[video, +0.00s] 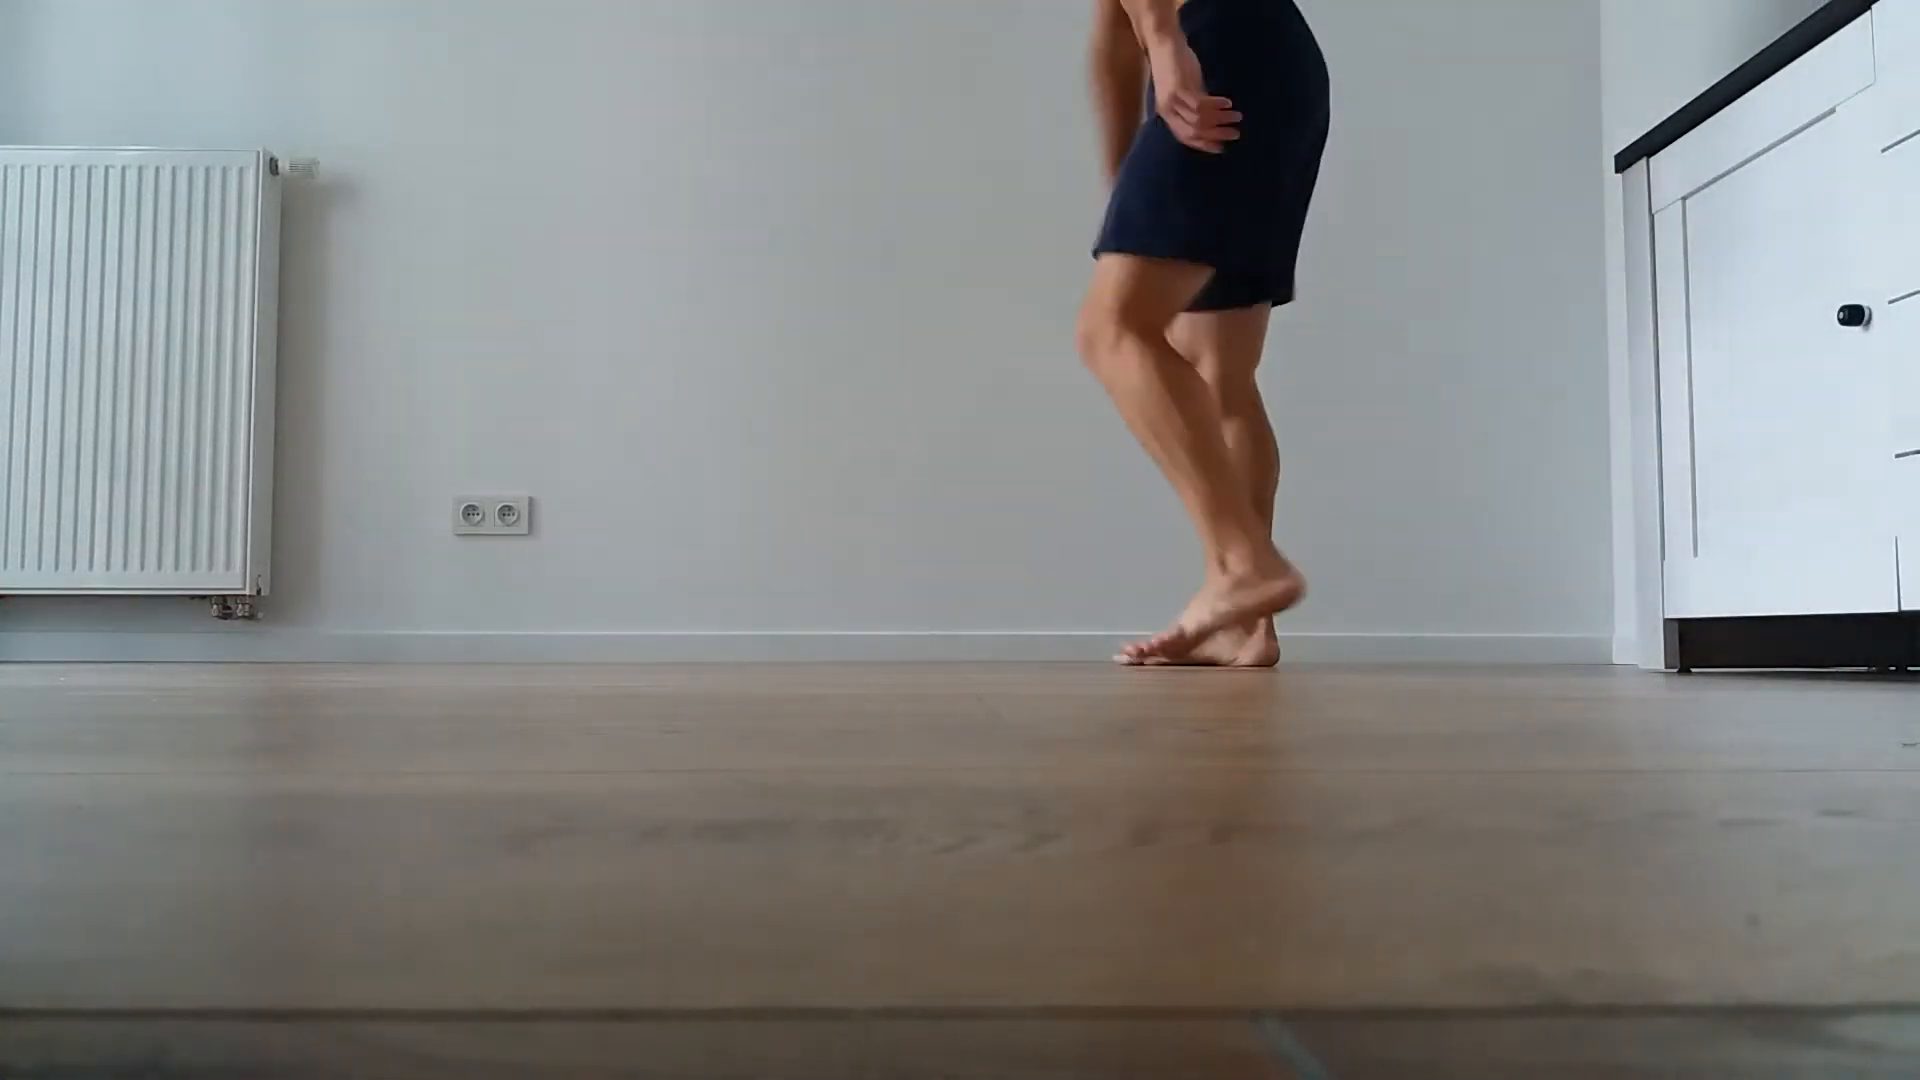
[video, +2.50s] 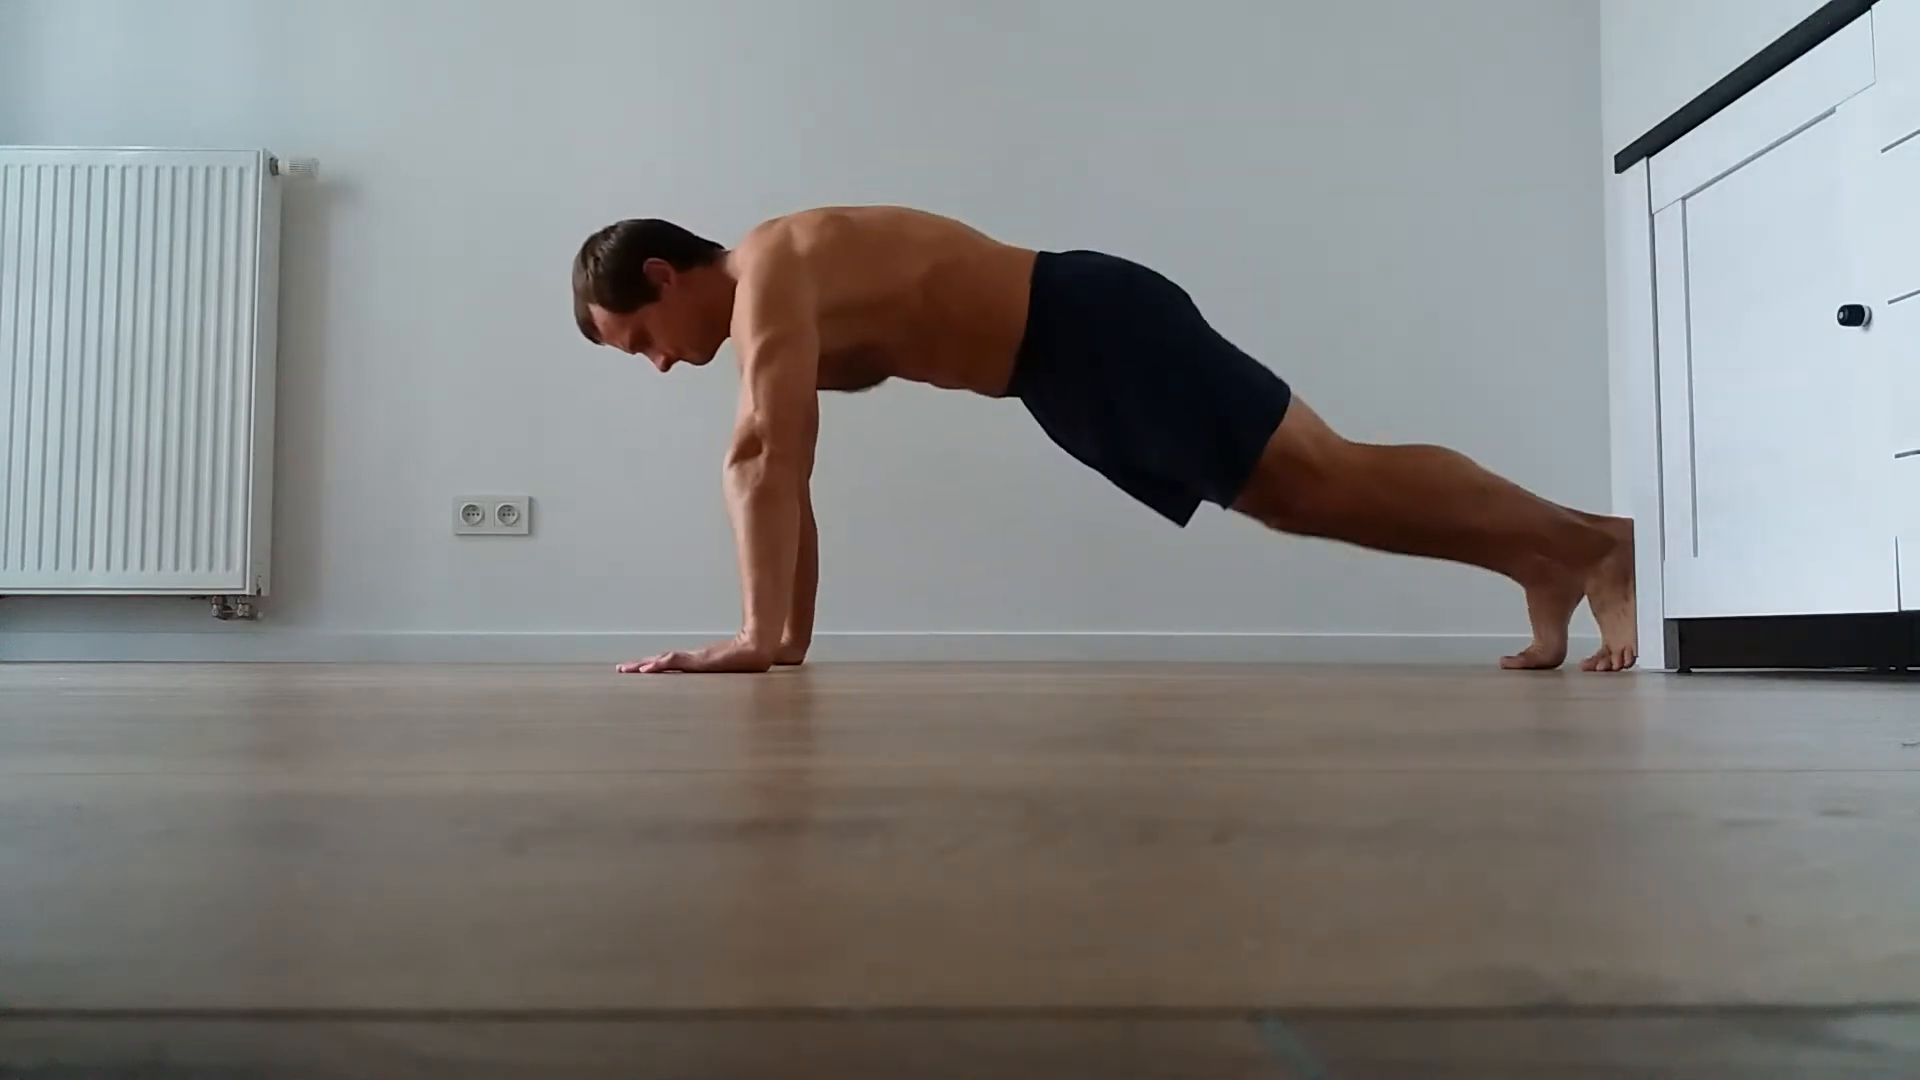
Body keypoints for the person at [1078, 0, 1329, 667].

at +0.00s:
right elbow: (1112, 37)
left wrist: (1163, 36)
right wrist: (1124, 178)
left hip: (1223, 52)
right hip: (1275, 61)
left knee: (1111, 331)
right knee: (1216, 365)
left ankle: (1244, 560)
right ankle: (1240, 624)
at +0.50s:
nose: (809, 10)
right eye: (803, 6)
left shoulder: (931, 5)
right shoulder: (942, 23)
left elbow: (913, 128)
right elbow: (927, 196)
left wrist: (866, 328)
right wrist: (884, 354)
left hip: (1193, 101)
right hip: (1219, 100)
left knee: (1070, 346)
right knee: (1145, 388)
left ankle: (1060, 618)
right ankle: (1236, 615)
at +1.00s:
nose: (700, 307)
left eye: (684, 284)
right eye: (680, 296)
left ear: (713, 223)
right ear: (717, 221)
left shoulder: (808, 236)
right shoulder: (810, 216)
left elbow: (791, 438)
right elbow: (810, 438)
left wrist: (750, 625)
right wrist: (756, 614)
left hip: (1103, 152)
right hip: (1137, 144)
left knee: (955, 376)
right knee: (1281, 394)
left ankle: (1052, 623)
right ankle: (1505, 514)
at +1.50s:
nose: (673, 349)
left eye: (657, 329)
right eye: (655, 336)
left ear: (684, 279)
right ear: (697, 265)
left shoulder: (769, 276)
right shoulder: (779, 259)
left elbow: (784, 451)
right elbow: (805, 460)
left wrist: (766, 631)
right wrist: (779, 628)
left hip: (1079, 179)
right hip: (1118, 171)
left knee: (924, 393)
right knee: (1281, 410)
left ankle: (1048, 621)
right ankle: (1500, 533)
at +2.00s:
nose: (679, 364)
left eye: (663, 345)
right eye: (662, 353)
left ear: (689, 288)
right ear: (698, 288)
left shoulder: (789, 267)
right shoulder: (796, 293)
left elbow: (768, 461)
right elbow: (797, 476)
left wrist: (762, 631)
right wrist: (794, 637)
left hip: (1101, 237)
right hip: (1102, 260)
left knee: (1045, 454)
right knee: (1301, 454)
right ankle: (1522, 557)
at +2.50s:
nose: (650, 360)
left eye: (634, 338)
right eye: (634, 349)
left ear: (660, 282)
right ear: (663, 287)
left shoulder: (774, 270)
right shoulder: (769, 290)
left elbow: (762, 464)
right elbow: (782, 481)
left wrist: (758, 638)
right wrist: (788, 639)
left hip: (1092, 330)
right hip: (1072, 354)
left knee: (1322, 483)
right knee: (1301, 492)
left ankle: (1589, 544)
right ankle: (1537, 564)